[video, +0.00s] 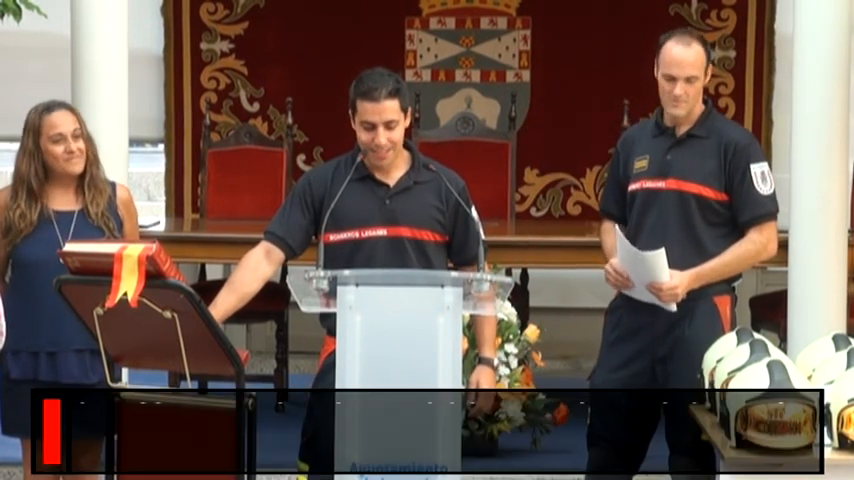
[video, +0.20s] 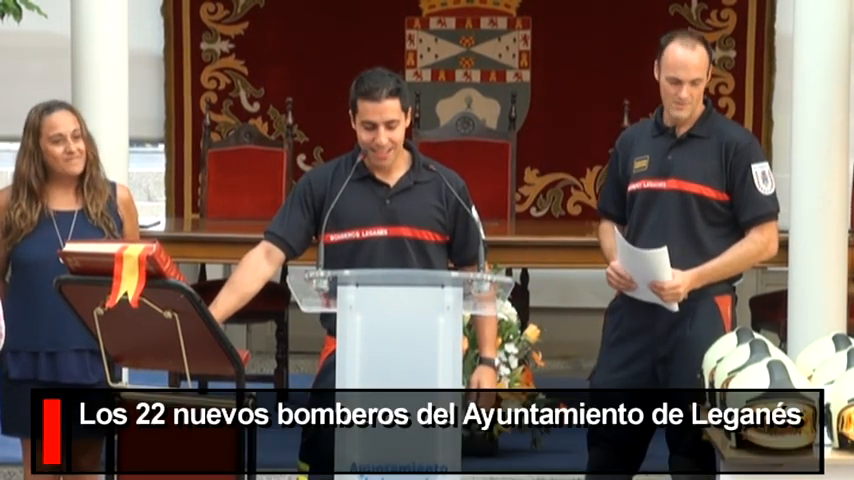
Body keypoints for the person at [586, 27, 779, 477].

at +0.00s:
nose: (679, 91)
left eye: (690, 80)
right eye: (670, 79)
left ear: (706, 79)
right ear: (656, 76)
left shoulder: (737, 145)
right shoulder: (632, 141)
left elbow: (764, 242)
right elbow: (611, 218)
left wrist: (691, 280)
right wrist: (615, 259)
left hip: (699, 335)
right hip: (630, 330)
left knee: (693, 467)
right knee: (607, 465)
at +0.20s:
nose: (684, 93)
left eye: (694, 83)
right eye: (675, 81)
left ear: (707, 80)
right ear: (657, 77)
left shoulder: (737, 145)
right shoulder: (630, 142)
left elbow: (765, 241)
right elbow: (609, 219)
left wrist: (692, 280)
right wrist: (615, 260)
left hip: (698, 328)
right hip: (631, 322)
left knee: (693, 462)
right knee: (607, 458)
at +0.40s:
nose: (684, 94)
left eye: (694, 83)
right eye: (674, 81)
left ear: (708, 81)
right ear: (657, 76)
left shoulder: (738, 145)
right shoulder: (629, 141)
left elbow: (766, 241)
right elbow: (607, 218)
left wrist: (694, 280)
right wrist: (616, 261)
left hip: (700, 323)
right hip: (632, 316)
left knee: (693, 456)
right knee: (608, 451)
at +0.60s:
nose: (685, 95)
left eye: (695, 84)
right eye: (676, 82)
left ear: (708, 81)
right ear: (658, 76)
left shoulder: (738, 145)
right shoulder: (628, 141)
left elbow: (772, 234)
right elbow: (607, 219)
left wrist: (710, 278)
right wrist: (617, 269)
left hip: (700, 325)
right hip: (631, 320)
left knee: (694, 457)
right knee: (608, 451)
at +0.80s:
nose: (687, 99)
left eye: (696, 88)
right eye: (677, 87)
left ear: (709, 83)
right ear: (659, 80)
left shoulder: (741, 145)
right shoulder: (627, 142)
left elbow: (772, 229)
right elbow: (608, 223)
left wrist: (758, 287)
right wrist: (625, 287)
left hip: (706, 315)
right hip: (634, 311)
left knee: (696, 448)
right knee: (609, 442)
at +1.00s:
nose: (685, 109)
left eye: (695, 97)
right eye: (675, 98)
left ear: (710, 90)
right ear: (658, 88)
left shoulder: (743, 149)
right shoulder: (627, 149)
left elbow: (767, 236)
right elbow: (625, 243)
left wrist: (773, 313)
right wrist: (652, 318)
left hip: (708, 313)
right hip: (634, 311)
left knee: (699, 452)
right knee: (609, 447)